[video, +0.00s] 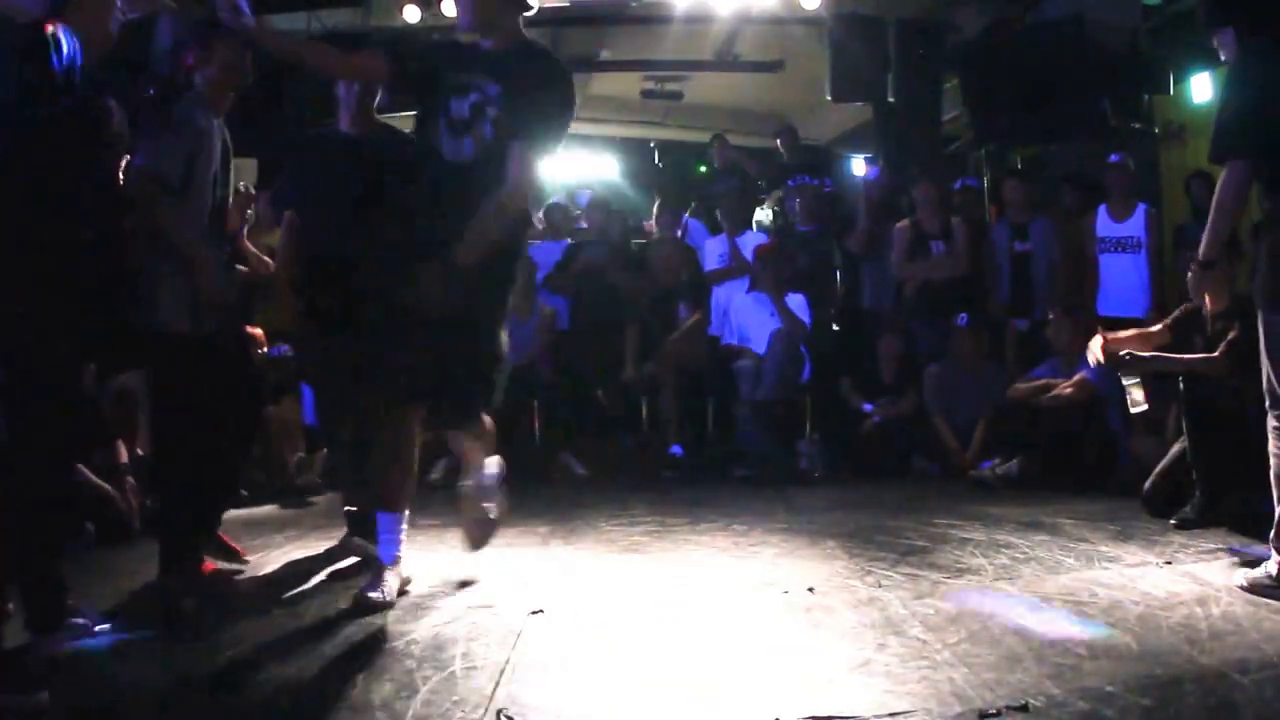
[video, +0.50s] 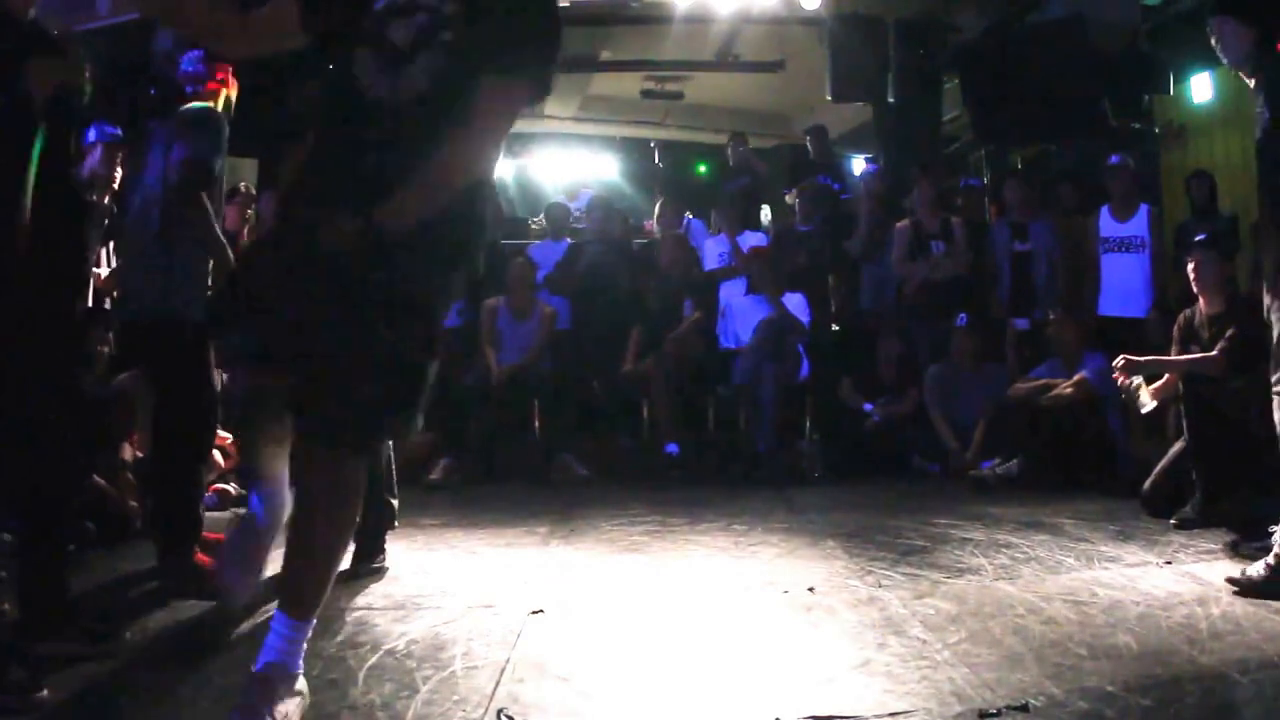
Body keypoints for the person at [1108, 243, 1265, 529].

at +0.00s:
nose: (1191, 272)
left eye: (1200, 266)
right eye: (1192, 265)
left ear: (1225, 273)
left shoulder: (1245, 316)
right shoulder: (1192, 314)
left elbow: (1220, 363)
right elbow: (1152, 337)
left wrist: (1148, 363)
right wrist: (1106, 341)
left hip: (1241, 429)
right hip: (1205, 430)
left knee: (1193, 383)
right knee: (1156, 497)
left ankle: (1206, 496)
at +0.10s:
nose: (1190, 271)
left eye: (1200, 264)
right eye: (1192, 265)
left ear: (1223, 272)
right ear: (1200, 278)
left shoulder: (1245, 316)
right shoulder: (1191, 317)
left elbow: (1221, 361)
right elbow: (1164, 348)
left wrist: (1146, 364)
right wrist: (1130, 364)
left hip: (1242, 428)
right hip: (1205, 429)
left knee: (1193, 384)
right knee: (1155, 497)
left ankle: (1205, 498)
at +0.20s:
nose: (1192, 280)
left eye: (1197, 273)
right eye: (1193, 272)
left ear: (1219, 277)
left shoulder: (1245, 318)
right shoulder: (1188, 318)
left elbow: (1221, 363)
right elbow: (1166, 370)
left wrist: (1149, 364)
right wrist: (1137, 376)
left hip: (1243, 428)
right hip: (1206, 429)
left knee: (1195, 388)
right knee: (1156, 498)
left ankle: (1205, 498)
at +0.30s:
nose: (1200, 266)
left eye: (1209, 260)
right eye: (1197, 259)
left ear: (1227, 268)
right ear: (1191, 267)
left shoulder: (1245, 314)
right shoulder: (1187, 319)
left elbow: (1222, 362)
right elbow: (1170, 373)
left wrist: (1150, 366)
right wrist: (1138, 378)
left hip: (1245, 428)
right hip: (1203, 430)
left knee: (1195, 387)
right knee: (1155, 498)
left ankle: (1206, 499)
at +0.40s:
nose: (1197, 267)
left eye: (1205, 260)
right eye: (1193, 260)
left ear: (1226, 266)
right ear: (1188, 267)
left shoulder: (1246, 312)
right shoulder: (1187, 320)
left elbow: (1221, 361)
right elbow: (1173, 377)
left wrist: (1152, 366)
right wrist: (1142, 386)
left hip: (1244, 426)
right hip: (1204, 428)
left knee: (1194, 391)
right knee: (1155, 497)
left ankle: (1205, 499)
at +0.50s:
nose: (1194, 269)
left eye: (1203, 262)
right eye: (1191, 262)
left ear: (1225, 269)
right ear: (1186, 268)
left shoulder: (1246, 314)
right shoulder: (1187, 321)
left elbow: (1216, 362)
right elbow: (1179, 373)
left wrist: (1146, 363)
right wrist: (1149, 393)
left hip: (1246, 432)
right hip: (1205, 432)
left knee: (1193, 388)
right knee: (1154, 498)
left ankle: (1205, 499)